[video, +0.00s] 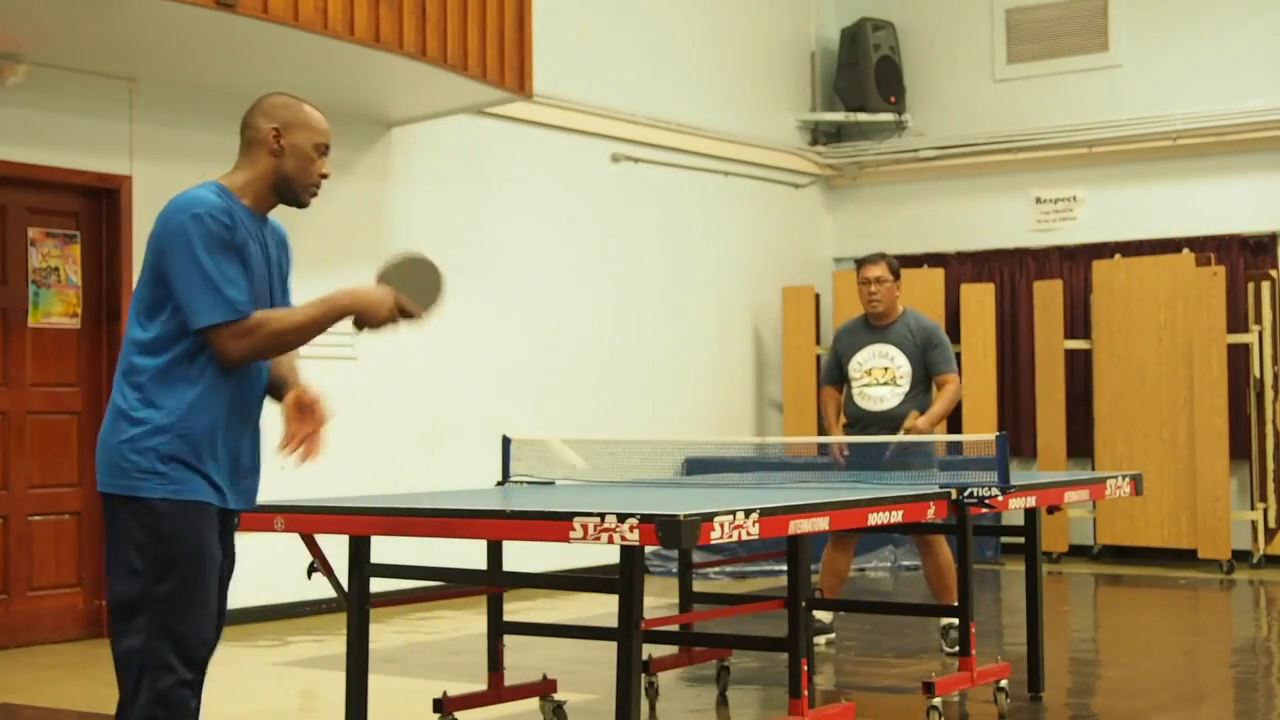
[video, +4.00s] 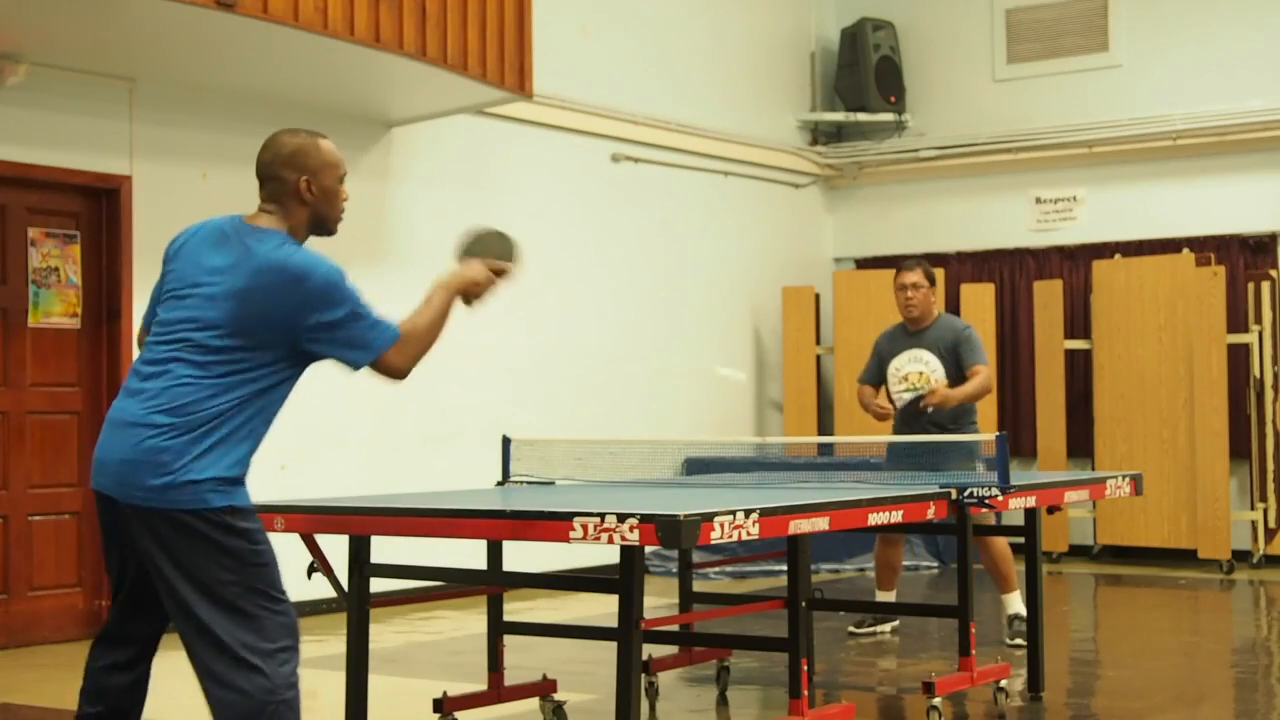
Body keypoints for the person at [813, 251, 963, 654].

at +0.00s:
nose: (872, 290)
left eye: (880, 282)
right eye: (865, 283)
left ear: (897, 286)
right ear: (857, 289)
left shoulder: (925, 331)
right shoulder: (846, 336)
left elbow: (950, 386)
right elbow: (830, 387)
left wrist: (928, 420)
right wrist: (833, 428)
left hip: (911, 455)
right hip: (858, 456)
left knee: (928, 533)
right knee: (842, 533)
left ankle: (951, 620)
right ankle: (822, 616)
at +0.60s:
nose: (920, 321)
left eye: (928, 312)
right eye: (913, 313)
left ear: (949, 309)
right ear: (906, 312)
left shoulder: (971, 346)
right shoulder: (902, 338)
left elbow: (1004, 385)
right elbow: (879, 380)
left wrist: (946, 397)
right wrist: (860, 412)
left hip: (946, 468)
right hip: (894, 465)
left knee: (962, 538)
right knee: (861, 531)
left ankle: (980, 624)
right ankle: (824, 606)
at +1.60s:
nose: (892, 319)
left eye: (899, 310)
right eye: (886, 313)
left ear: (921, 307)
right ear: (882, 314)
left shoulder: (947, 337)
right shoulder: (889, 346)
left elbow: (965, 372)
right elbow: (869, 390)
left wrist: (914, 374)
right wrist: (852, 399)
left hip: (945, 454)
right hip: (898, 455)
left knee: (956, 535)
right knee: (870, 533)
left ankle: (988, 624)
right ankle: (866, 617)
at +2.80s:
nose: (931, 295)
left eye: (940, 288)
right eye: (925, 289)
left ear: (960, 291)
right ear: (919, 293)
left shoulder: (981, 335)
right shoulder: (916, 335)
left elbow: (987, 384)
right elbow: (896, 382)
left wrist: (956, 406)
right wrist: (890, 402)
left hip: (968, 451)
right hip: (920, 449)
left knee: (979, 532)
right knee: (901, 527)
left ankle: (1003, 618)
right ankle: (888, 611)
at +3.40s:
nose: (914, 309)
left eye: (921, 301)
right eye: (908, 303)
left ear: (943, 300)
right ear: (904, 306)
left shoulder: (969, 333)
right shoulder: (910, 344)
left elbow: (987, 371)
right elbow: (894, 394)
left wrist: (930, 386)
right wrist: (880, 389)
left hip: (965, 452)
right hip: (917, 452)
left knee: (979, 532)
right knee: (892, 528)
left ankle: (1003, 620)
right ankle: (888, 614)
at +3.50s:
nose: (912, 300)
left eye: (919, 292)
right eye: (907, 294)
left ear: (941, 291)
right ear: (903, 298)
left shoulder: (965, 321)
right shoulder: (909, 335)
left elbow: (965, 346)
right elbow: (886, 386)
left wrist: (931, 343)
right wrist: (874, 369)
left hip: (964, 445)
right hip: (917, 445)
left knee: (977, 529)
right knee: (890, 521)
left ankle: (1003, 618)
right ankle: (884, 607)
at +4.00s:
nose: (908, 296)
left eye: (916, 288)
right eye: (901, 289)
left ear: (934, 291)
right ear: (895, 295)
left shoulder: (959, 333)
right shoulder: (888, 341)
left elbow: (984, 380)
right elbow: (866, 387)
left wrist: (951, 395)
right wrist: (872, 404)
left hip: (956, 448)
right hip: (905, 449)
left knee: (983, 525)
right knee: (890, 526)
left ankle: (1016, 613)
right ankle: (884, 612)